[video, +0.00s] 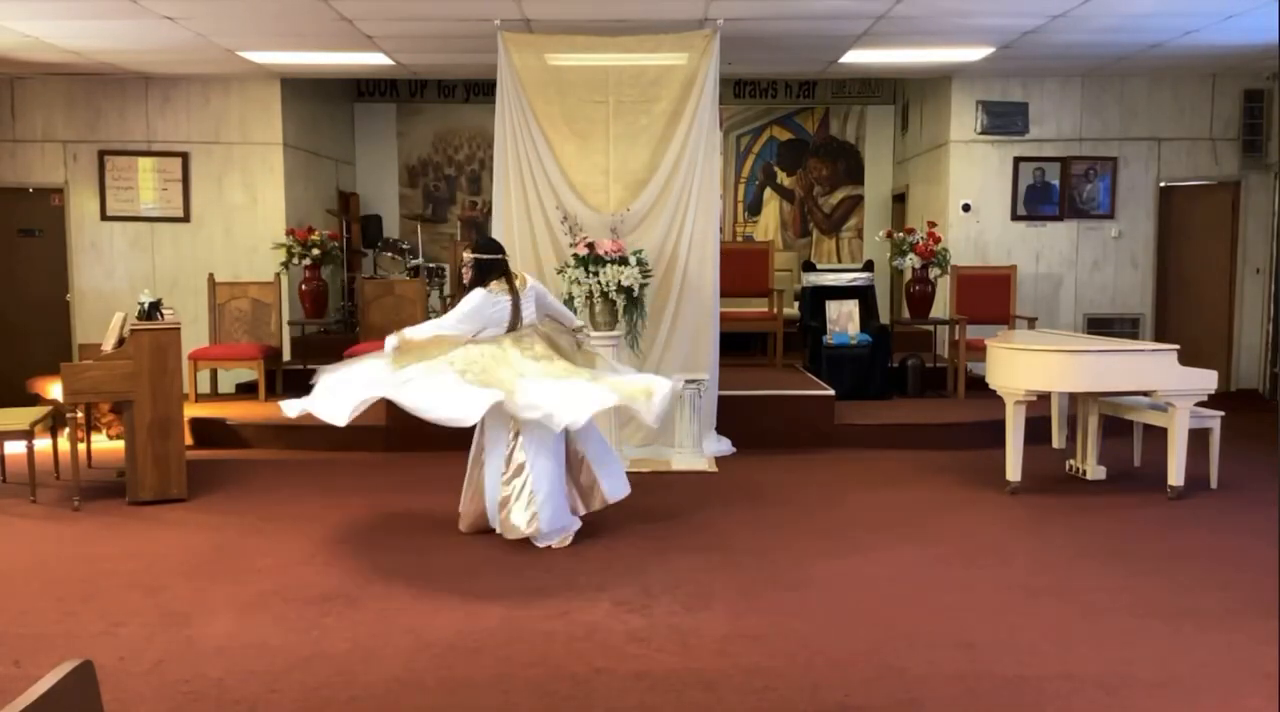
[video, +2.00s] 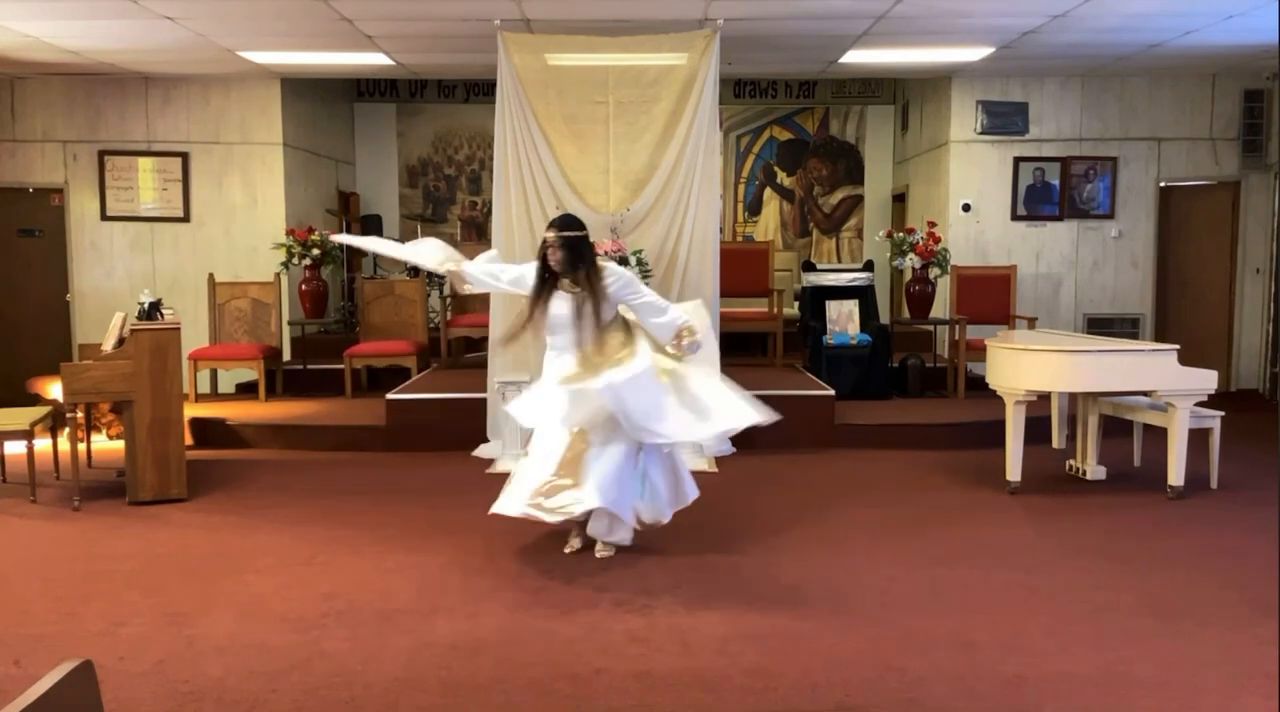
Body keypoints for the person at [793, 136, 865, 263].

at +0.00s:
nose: (817, 176)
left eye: (822, 169)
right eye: (813, 170)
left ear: (839, 166)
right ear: (808, 172)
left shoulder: (854, 193)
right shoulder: (818, 194)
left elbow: (828, 227)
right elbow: (800, 233)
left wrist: (808, 196)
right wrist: (799, 198)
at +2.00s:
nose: (815, 176)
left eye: (820, 170)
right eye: (812, 171)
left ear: (840, 166)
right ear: (808, 173)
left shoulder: (854, 193)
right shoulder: (820, 195)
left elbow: (828, 227)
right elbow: (799, 232)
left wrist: (808, 197)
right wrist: (799, 197)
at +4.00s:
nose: (815, 176)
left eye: (821, 169)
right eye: (812, 171)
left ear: (840, 166)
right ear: (808, 172)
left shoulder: (854, 193)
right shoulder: (819, 195)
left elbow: (828, 227)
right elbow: (800, 233)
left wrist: (808, 197)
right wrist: (798, 197)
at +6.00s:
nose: (815, 176)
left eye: (821, 170)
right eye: (812, 171)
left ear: (839, 166)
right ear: (808, 172)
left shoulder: (854, 193)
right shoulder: (819, 195)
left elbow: (828, 227)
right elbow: (799, 233)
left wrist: (808, 197)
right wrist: (799, 197)